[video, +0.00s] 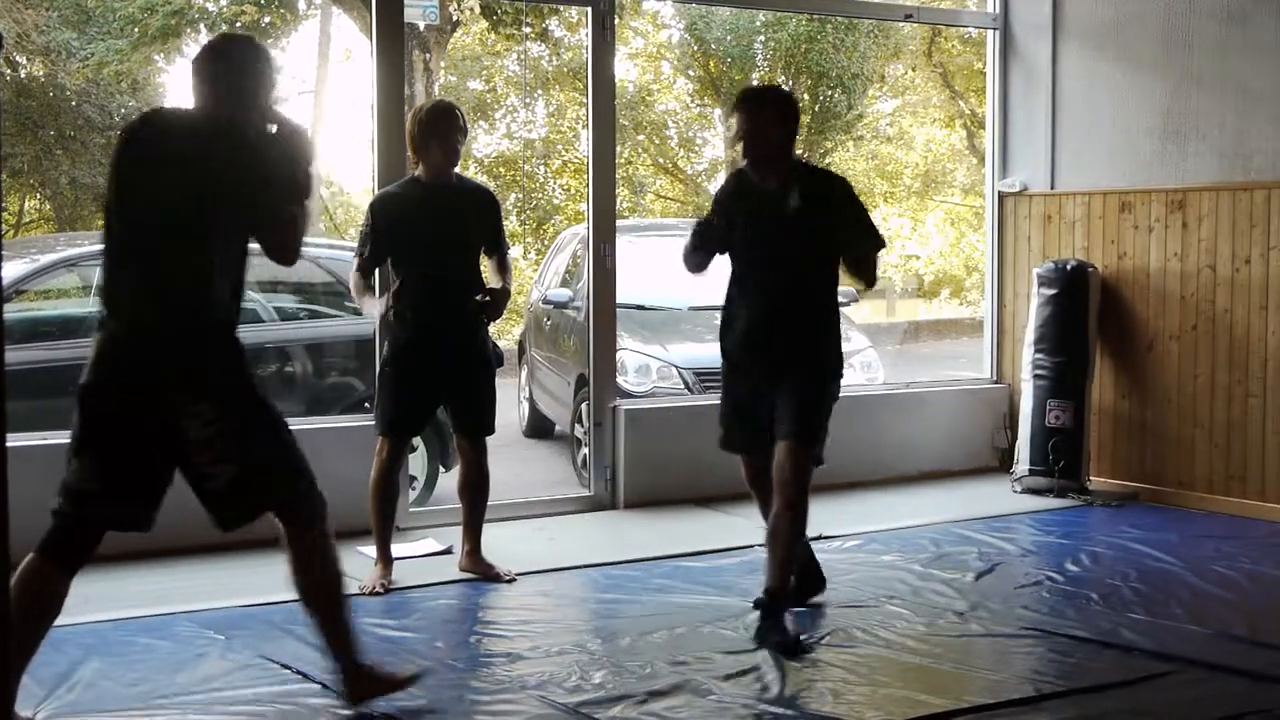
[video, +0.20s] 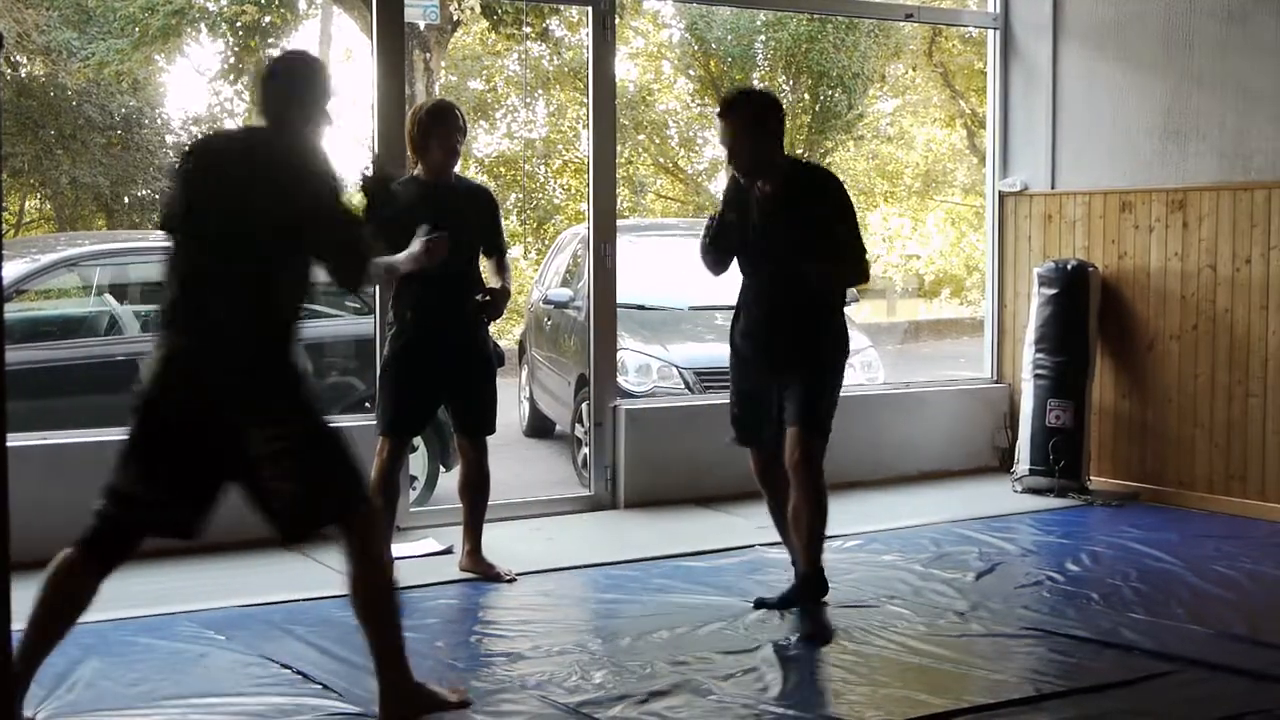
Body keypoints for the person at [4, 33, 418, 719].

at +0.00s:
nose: (271, 99)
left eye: (269, 87)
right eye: (267, 86)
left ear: (197, 82)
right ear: (249, 88)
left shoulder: (142, 132)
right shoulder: (250, 148)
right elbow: (284, 245)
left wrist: (248, 142)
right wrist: (297, 157)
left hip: (120, 362)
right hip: (204, 364)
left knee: (65, 543)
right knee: (301, 506)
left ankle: (4, 698)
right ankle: (351, 669)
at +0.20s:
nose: (324, 114)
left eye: (322, 101)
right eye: (322, 103)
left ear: (265, 96)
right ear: (308, 103)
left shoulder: (207, 152)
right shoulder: (303, 166)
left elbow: (178, 229)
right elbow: (353, 264)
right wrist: (381, 204)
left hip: (182, 376)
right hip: (261, 379)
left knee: (108, 538)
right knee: (363, 521)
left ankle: (14, 683)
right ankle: (398, 689)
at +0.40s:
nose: (397, 116)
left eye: (396, 105)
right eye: (396, 104)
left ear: (322, 94)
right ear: (381, 103)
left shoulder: (258, 140)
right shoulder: (384, 168)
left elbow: (229, 221)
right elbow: (414, 271)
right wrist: (447, 224)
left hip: (227, 361)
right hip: (314, 369)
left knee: (192, 509)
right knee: (385, 519)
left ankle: (106, 646)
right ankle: (401, 689)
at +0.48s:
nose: (399, 105)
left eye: (397, 93)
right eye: (396, 94)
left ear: (326, 86)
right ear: (385, 96)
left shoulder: (266, 132)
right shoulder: (384, 156)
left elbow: (239, 213)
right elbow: (420, 272)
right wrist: (441, 196)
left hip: (235, 352)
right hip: (321, 359)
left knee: (203, 507)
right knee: (383, 518)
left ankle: (149, 651)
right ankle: (400, 689)